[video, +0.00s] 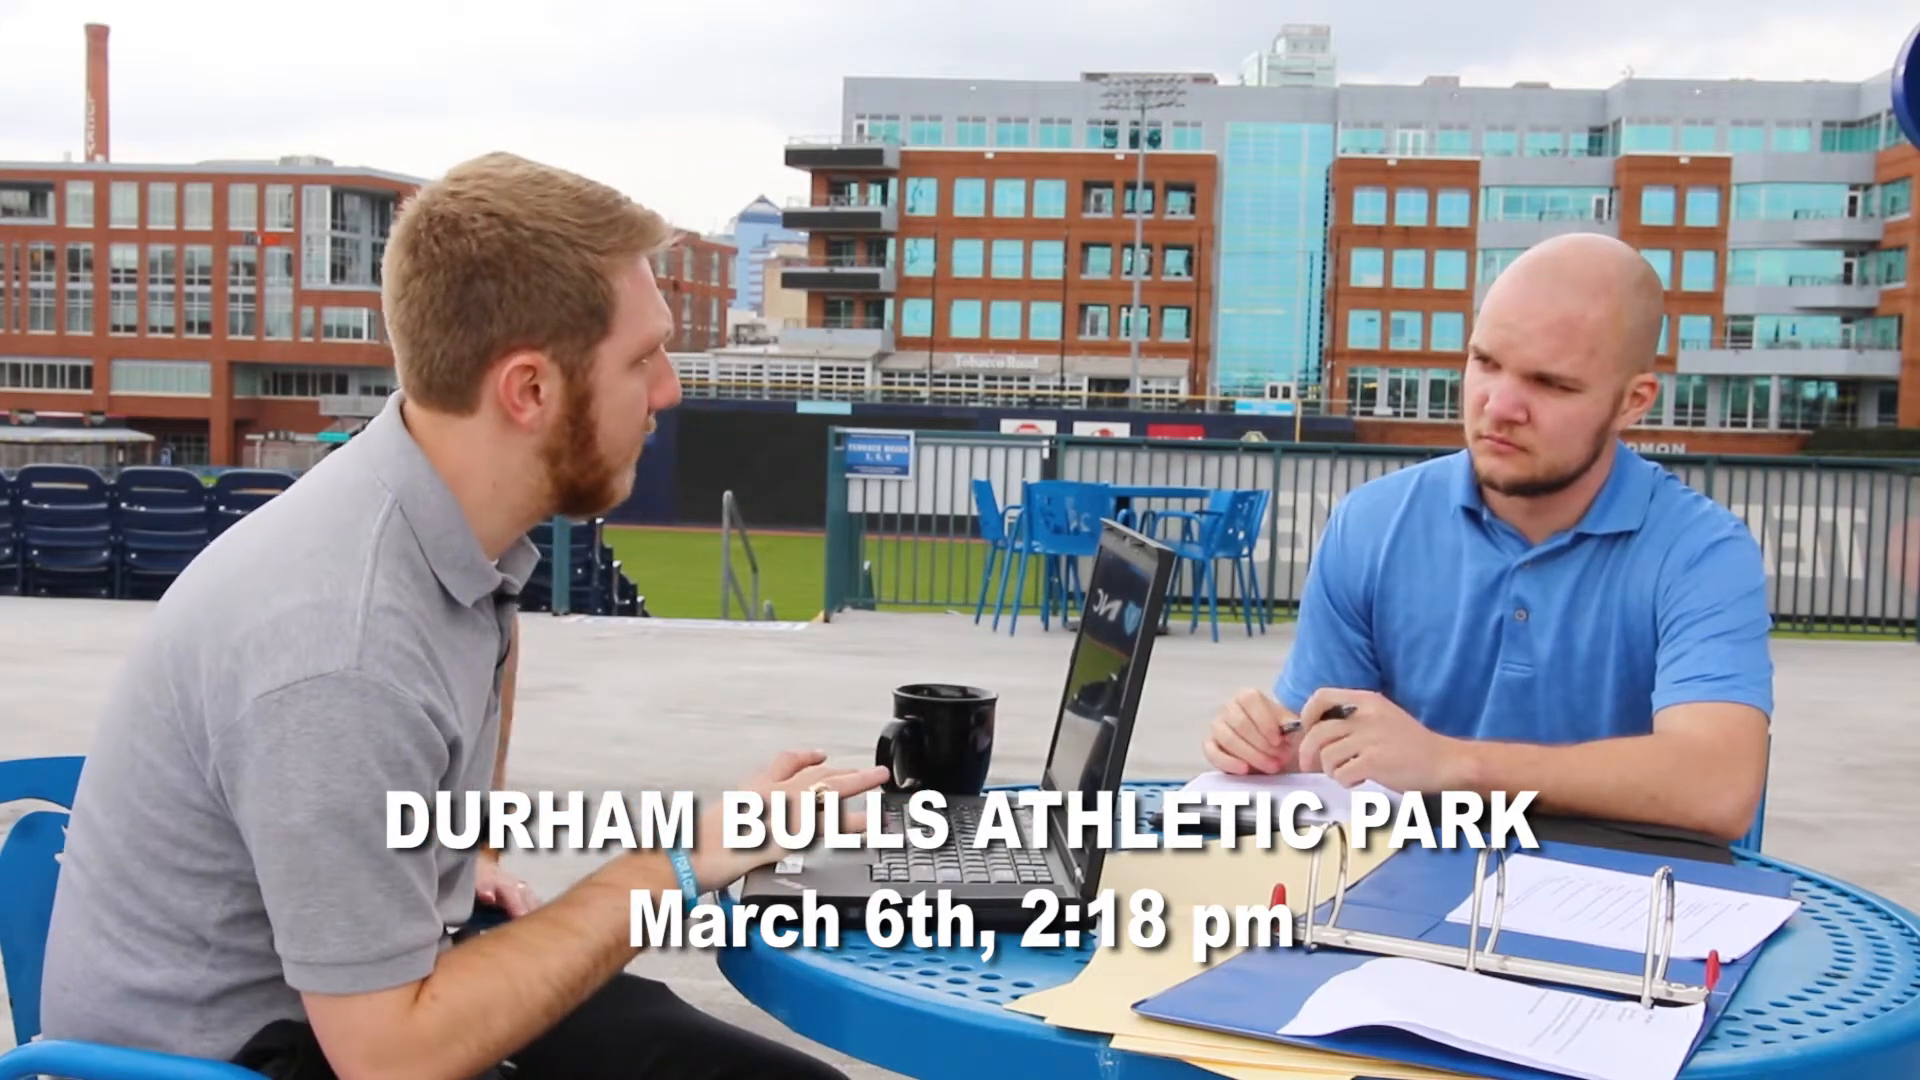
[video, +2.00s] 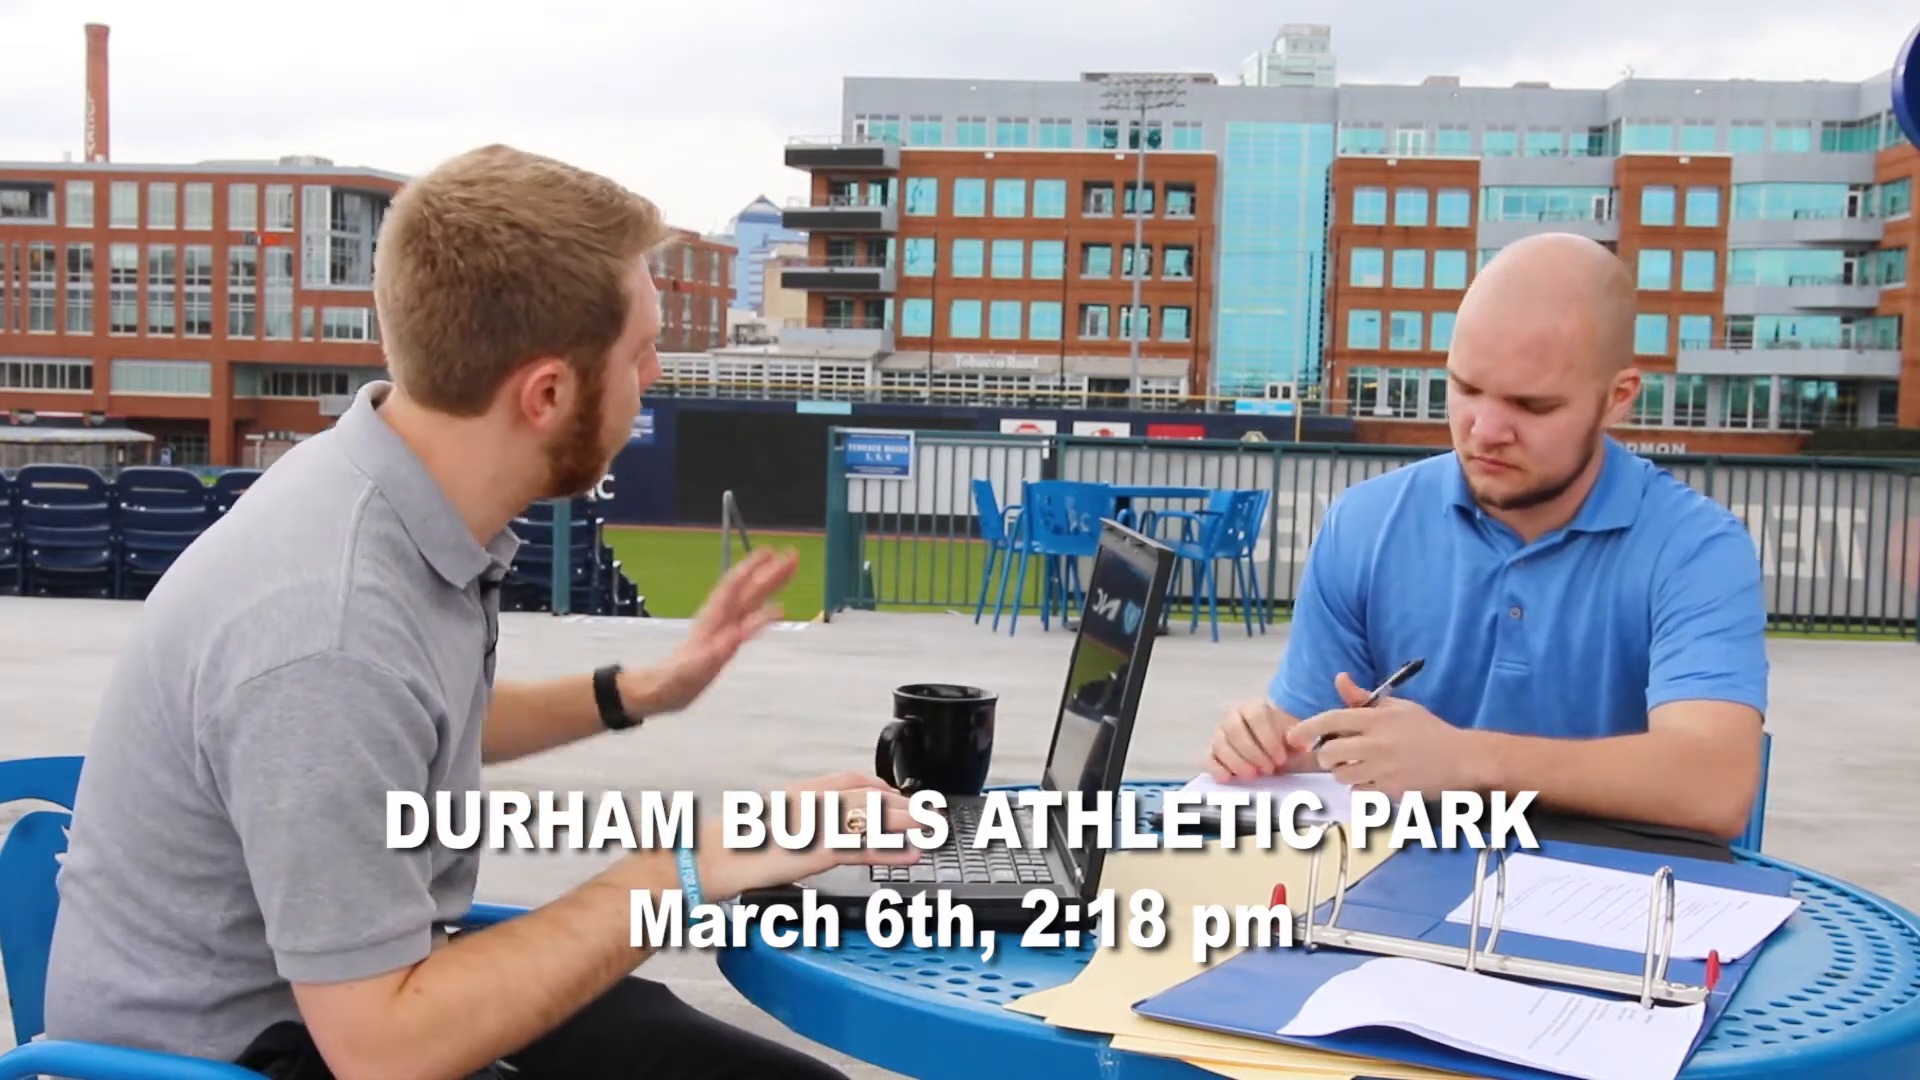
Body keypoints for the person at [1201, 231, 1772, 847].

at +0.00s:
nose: (1499, 406)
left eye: (1549, 383)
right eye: (1486, 364)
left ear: (1632, 403)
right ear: (1467, 353)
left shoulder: (1697, 552)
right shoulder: (1370, 525)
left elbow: (1713, 786)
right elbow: (1306, 730)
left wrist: (1446, 762)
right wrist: (1261, 736)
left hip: (1621, 917)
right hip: (1395, 894)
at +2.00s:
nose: (1486, 431)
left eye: (1532, 405)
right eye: (1465, 388)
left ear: (1616, 398)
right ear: (1449, 362)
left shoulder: (1693, 548)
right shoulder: (1365, 525)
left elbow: (1710, 785)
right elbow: (1304, 727)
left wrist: (1465, 759)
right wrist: (1265, 742)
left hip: (1619, 913)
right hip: (1393, 892)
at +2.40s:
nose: (1433, 453)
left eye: (1473, 419)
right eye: (1409, 416)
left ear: (1559, 391)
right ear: (1389, 387)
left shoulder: (1666, 538)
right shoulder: (1346, 537)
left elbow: (1707, 783)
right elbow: (1306, 751)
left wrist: (1488, 767)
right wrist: (1261, 750)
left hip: (1619, 910)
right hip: (1402, 893)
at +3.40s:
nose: (1430, 456)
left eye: (1470, 424)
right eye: (1403, 420)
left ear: (1555, 395)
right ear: (1381, 390)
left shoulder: (1659, 535)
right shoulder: (1340, 537)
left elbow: (1704, 778)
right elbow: (1308, 752)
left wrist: (1477, 770)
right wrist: (1262, 751)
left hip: (1612, 900)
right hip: (1398, 885)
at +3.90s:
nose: (1432, 440)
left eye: (1475, 408)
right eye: (1411, 401)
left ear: (1563, 393)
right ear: (1393, 378)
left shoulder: (1663, 534)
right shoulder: (1347, 535)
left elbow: (1705, 777)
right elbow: (1309, 751)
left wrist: (1474, 770)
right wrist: (1262, 748)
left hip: (1614, 903)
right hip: (1399, 887)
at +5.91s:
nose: (1312, 423)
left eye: (1344, 385)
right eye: (1281, 389)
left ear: (1436, 331)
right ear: (1261, 359)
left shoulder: (1585, 428)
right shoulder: (1261, 469)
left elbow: (1715, 702)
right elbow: (1278, 614)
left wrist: (1454, 789)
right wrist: (1301, 782)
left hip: (1621, 829)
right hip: (1402, 826)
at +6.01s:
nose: (1323, 306)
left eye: (1354, 263)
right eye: (1290, 272)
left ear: (1442, 209)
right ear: (1264, 248)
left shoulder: (1598, 344)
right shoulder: (1273, 404)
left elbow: (1692, 640)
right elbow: (1295, 595)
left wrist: (1454, 787)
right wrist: (1302, 783)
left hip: (1610, 761)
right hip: (1389, 749)